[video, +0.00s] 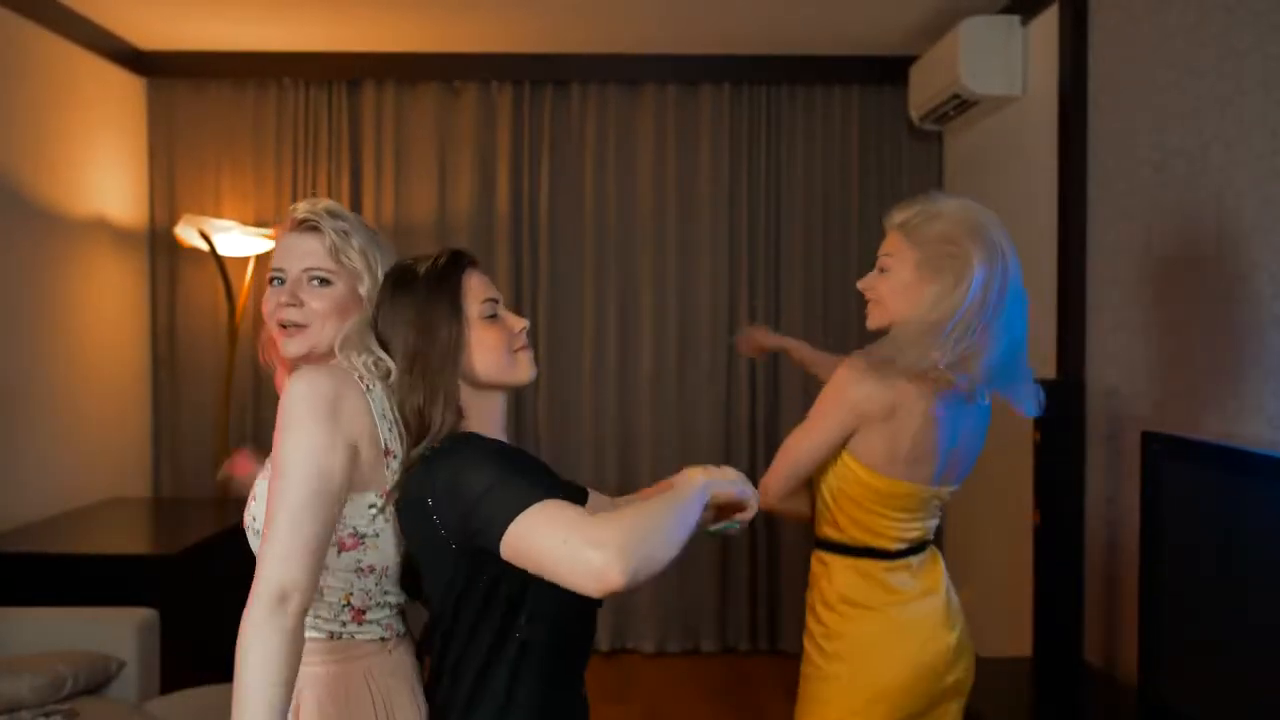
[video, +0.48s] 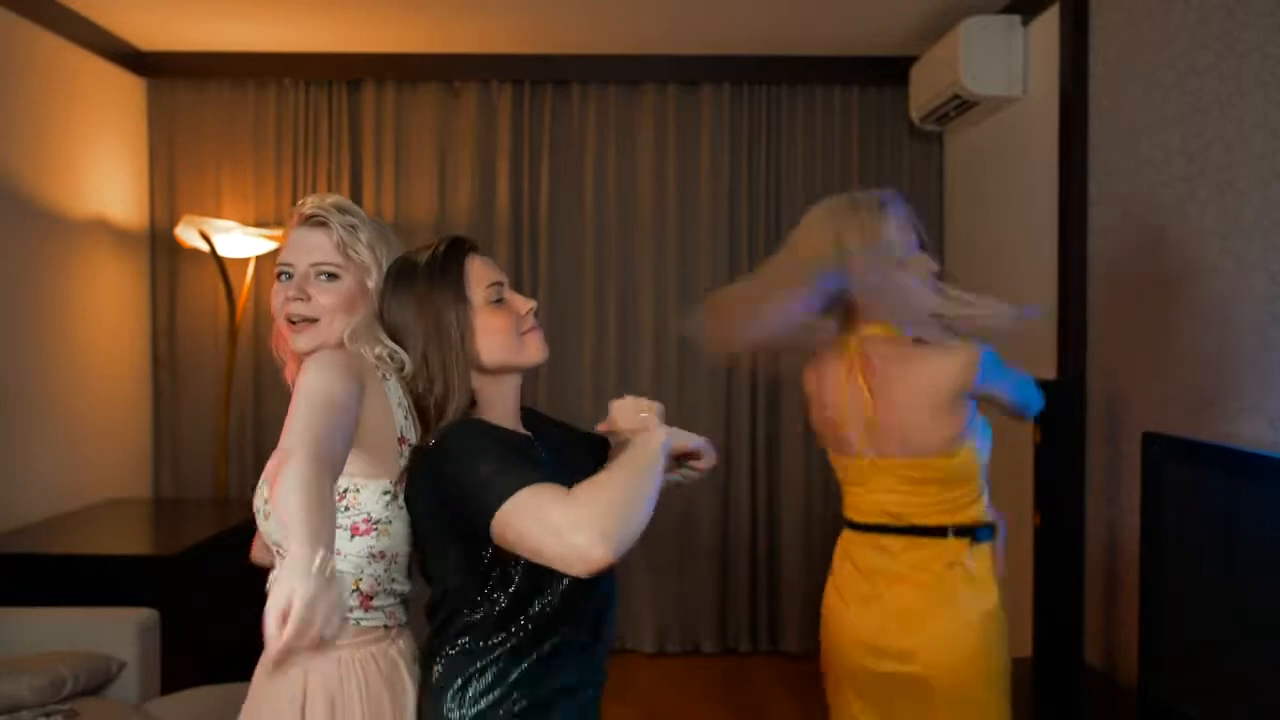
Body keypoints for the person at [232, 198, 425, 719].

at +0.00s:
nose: (288, 298)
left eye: (318, 281)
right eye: (277, 279)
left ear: (369, 297)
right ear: (264, 293)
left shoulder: (318, 390)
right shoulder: (379, 387)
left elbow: (281, 600)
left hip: (328, 681)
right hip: (388, 666)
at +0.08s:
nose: (291, 305)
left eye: (323, 288)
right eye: (281, 287)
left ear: (371, 305)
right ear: (267, 299)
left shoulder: (320, 395)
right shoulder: (385, 393)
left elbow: (276, 602)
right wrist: (246, 526)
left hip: (327, 684)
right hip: (391, 668)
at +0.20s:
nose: (296, 310)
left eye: (327, 293)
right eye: (285, 292)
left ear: (377, 309)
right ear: (272, 304)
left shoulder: (328, 395)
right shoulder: (387, 396)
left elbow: (274, 586)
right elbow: (320, 491)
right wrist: (243, 551)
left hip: (327, 688)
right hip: (386, 673)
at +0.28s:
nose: (298, 309)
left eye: (329, 292)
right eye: (287, 291)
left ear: (377, 307)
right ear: (274, 302)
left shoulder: (333, 390)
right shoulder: (388, 390)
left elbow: (280, 560)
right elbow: (322, 480)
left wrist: (262, 710)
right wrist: (254, 554)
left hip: (333, 688)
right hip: (384, 675)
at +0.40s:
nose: (298, 301)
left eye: (328, 284)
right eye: (287, 283)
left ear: (378, 298)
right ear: (274, 294)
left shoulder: (334, 376)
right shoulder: (387, 381)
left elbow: (298, 500)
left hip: (337, 672)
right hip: (388, 659)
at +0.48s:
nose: (296, 293)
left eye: (326, 276)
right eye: (285, 275)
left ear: (376, 291)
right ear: (273, 286)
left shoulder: (334, 367)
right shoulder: (383, 375)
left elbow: (309, 459)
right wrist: (290, 545)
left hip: (328, 669)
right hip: (384, 651)